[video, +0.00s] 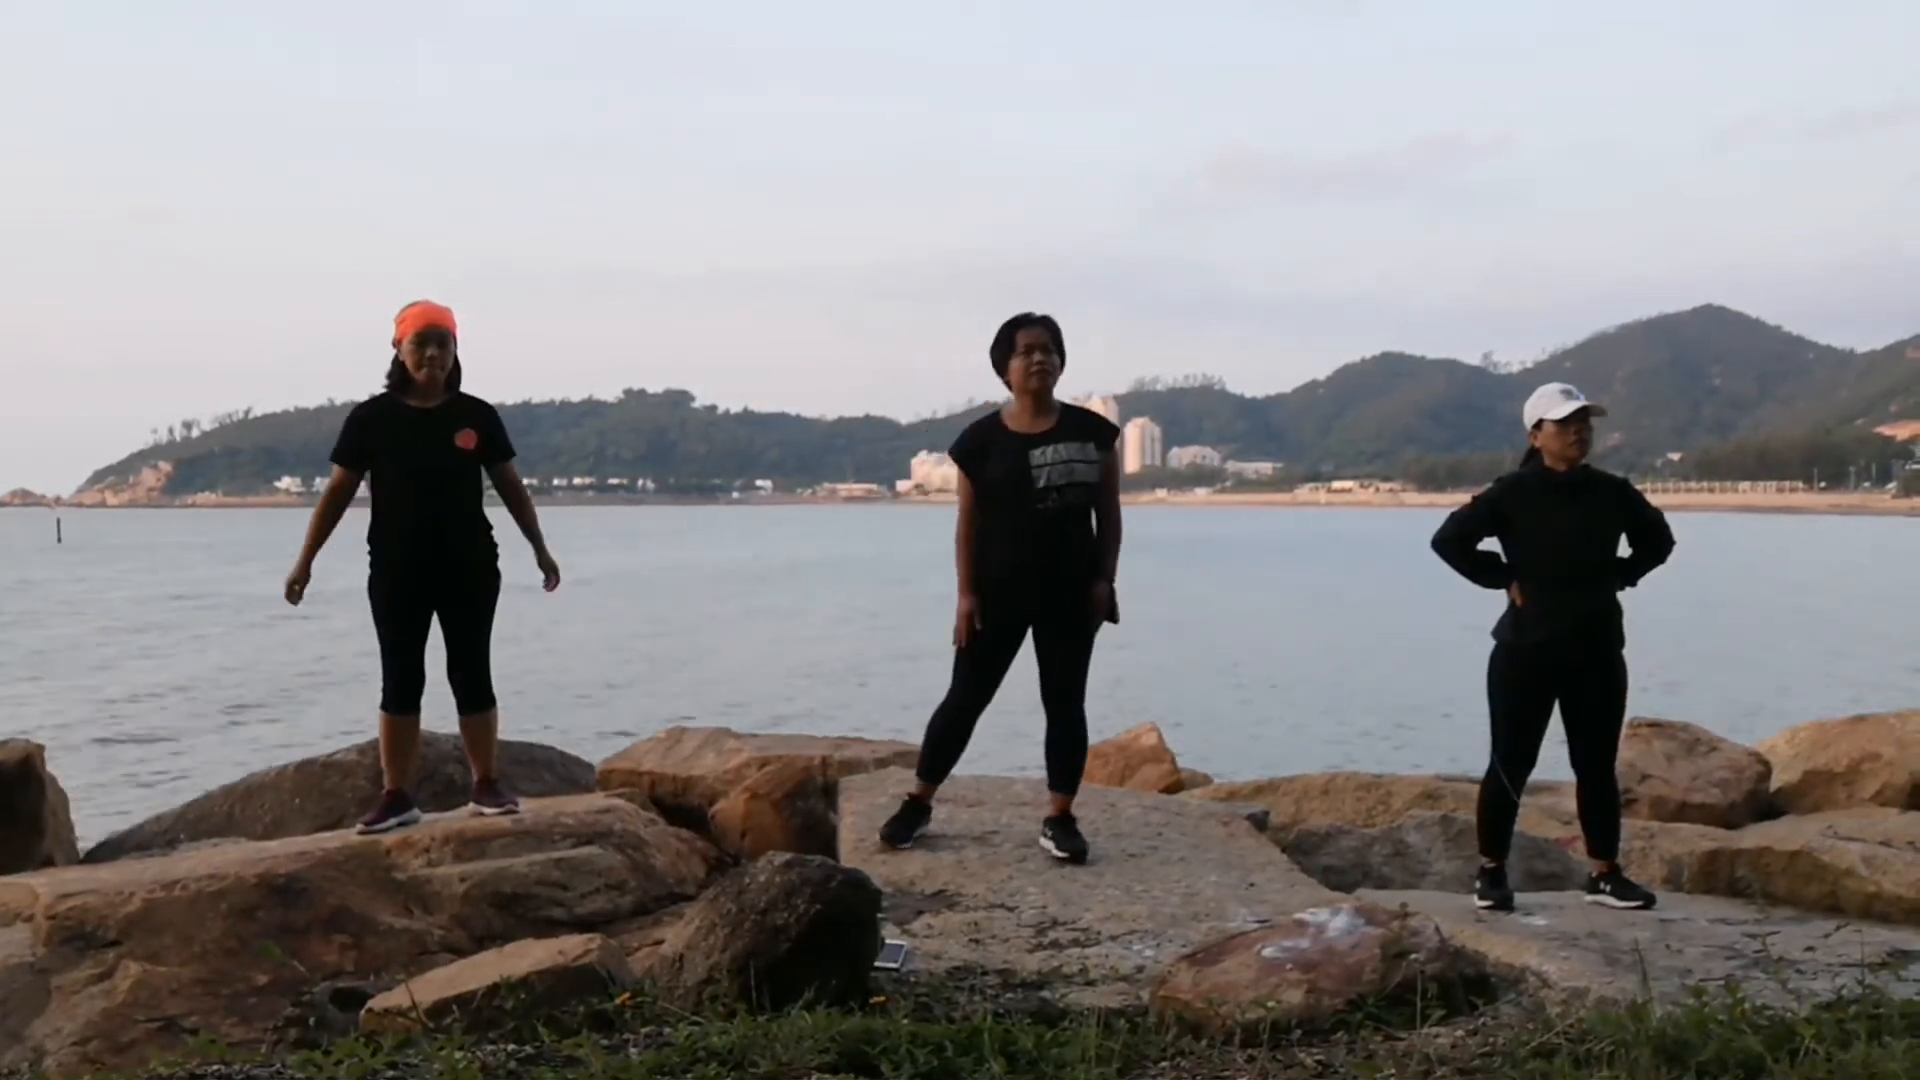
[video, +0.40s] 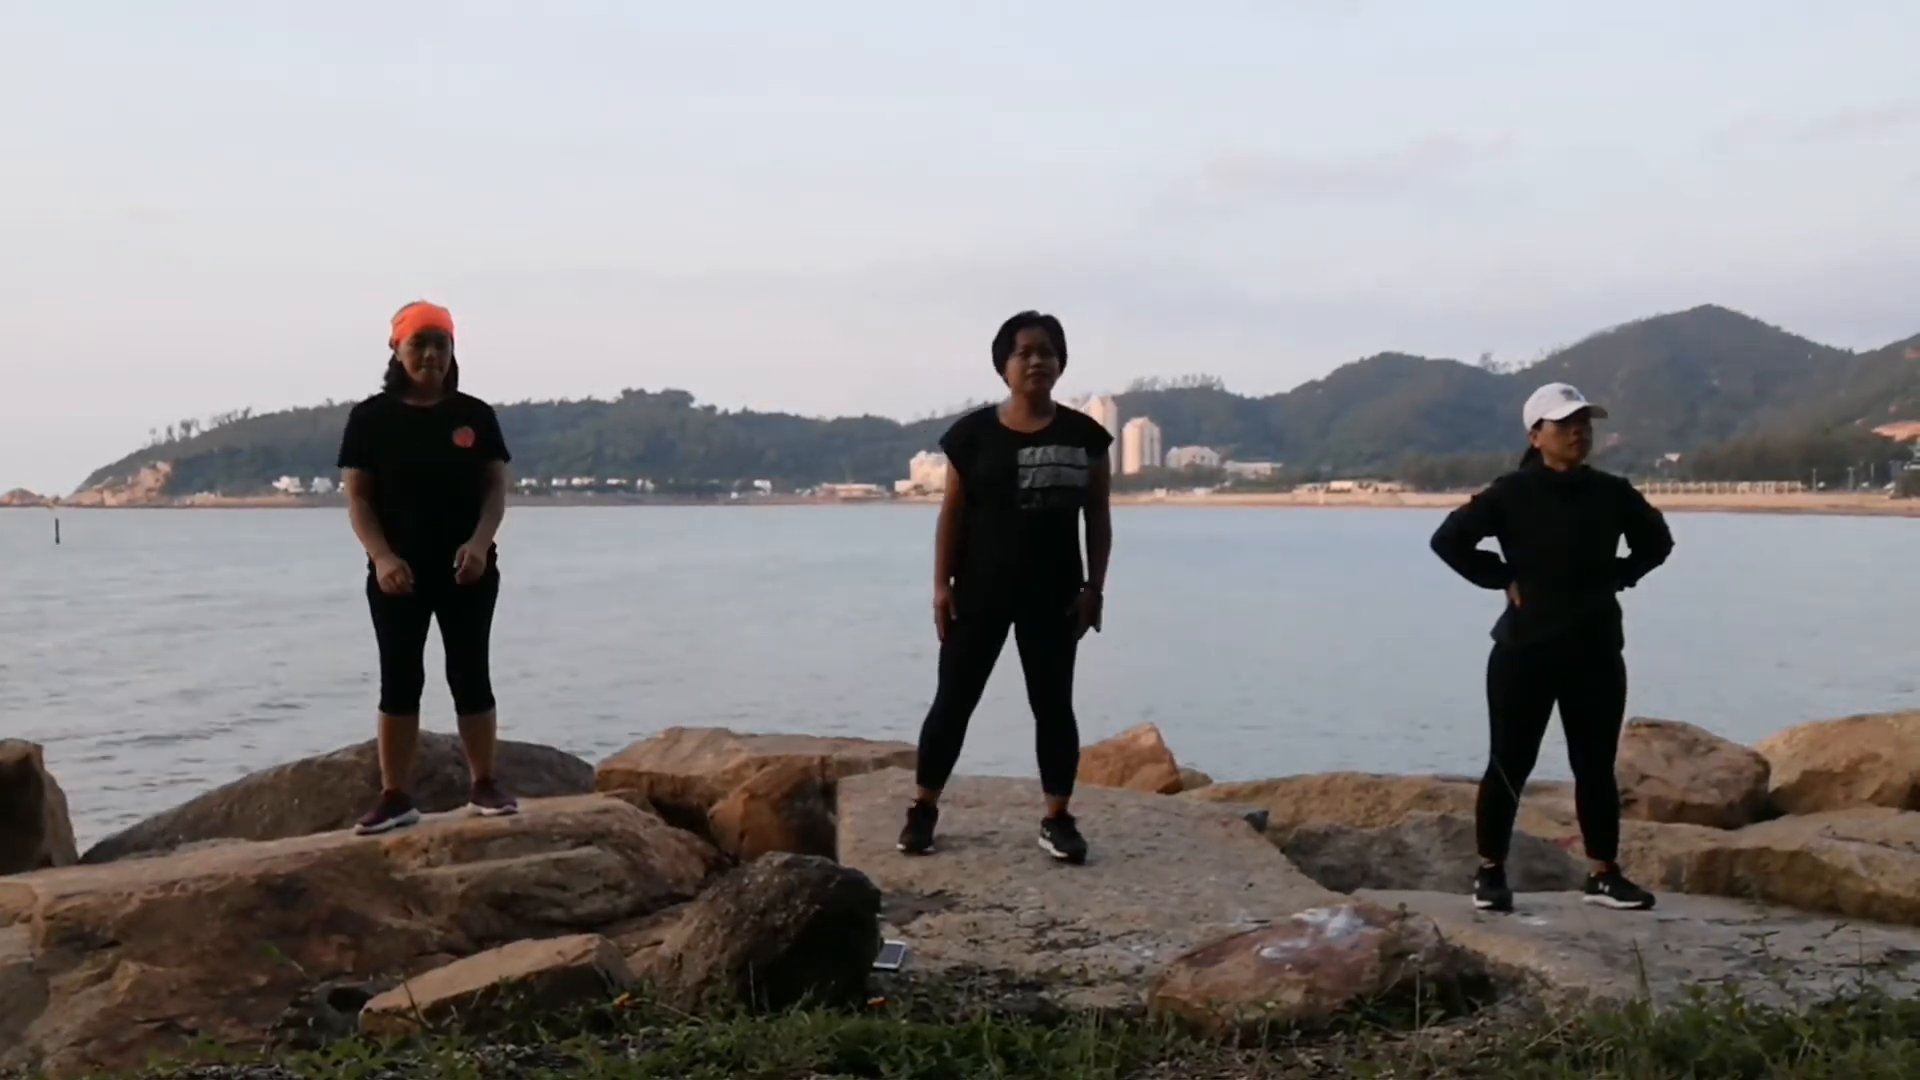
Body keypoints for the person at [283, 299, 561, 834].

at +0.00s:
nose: (432, 352)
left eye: (441, 343)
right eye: (421, 342)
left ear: (454, 350)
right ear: (400, 351)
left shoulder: (477, 418)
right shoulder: (370, 420)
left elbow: (509, 486)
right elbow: (337, 494)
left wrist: (539, 545)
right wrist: (304, 561)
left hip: (468, 570)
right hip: (397, 573)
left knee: (472, 678)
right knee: (400, 685)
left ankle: (485, 785)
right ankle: (395, 796)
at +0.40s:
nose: (430, 353)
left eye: (439, 343)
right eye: (418, 344)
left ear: (451, 350)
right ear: (397, 351)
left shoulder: (476, 416)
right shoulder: (368, 419)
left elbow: (496, 487)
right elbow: (356, 497)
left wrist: (480, 540)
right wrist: (381, 555)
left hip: (466, 569)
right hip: (397, 572)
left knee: (471, 679)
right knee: (398, 685)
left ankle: (484, 786)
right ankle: (395, 796)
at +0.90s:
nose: (432, 353)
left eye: (441, 343)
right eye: (421, 343)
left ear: (453, 351)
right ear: (398, 351)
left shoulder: (476, 417)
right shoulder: (370, 420)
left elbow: (508, 485)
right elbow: (336, 496)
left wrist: (533, 545)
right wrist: (303, 563)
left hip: (468, 569)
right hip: (398, 573)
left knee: (471, 679)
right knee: (399, 685)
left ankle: (482, 786)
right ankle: (392, 797)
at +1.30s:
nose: (431, 352)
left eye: (440, 342)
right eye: (420, 343)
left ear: (453, 350)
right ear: (399, 351)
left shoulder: (476, 416)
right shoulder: (371, 419)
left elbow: (497, 492)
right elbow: (360, 503)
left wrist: (489, 551)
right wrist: (374, 567)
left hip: (466, 571)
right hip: (399, 574)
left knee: (471, 680)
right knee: (398, 687)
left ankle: (482, 787)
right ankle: (391, 796)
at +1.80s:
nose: (442, 351)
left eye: (447, 341)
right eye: (429, 342)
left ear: (453, 348)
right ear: (398, 350)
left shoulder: (473, 416)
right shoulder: (370, 421)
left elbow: (502, 489)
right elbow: (339, 500)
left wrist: (522, 551)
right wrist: (318, 571)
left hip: (468, 572)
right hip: (398, 575)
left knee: (470, 680)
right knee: (398, 687)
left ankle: (479, 788)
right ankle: (390, 798)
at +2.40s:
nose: (440, 351)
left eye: (443, 342)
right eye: (427, 343)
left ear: (446, 349)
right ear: (393, 352)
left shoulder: (466, 414)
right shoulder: (363, 423)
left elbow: (492, 484)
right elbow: (355, 503)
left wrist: (480, 535)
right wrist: (394, 554)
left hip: (464, 571)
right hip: (395, 574)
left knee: (467, 680)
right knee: (395, 686)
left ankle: (477, 789)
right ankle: (387, 798)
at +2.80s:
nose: (435, 352)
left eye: (438, 343)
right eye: (422, 344)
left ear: (441, 350)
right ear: (388, 354)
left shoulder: (462, 416)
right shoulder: (361, 425)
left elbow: (490, 492)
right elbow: (340, 506)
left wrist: (507, 556)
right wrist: (321, 580)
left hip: (462, 573)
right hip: (393, 578)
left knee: (465, 683)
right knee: (393, 690)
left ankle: (476, 789)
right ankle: (385, 799)